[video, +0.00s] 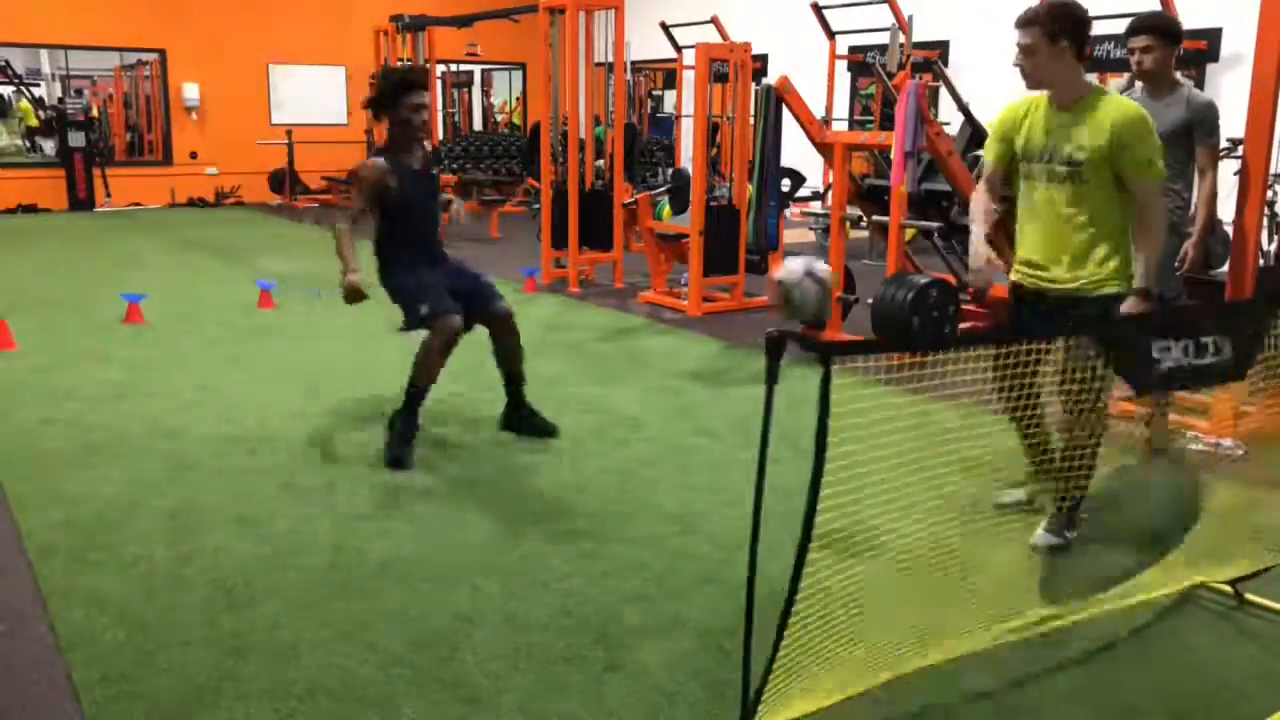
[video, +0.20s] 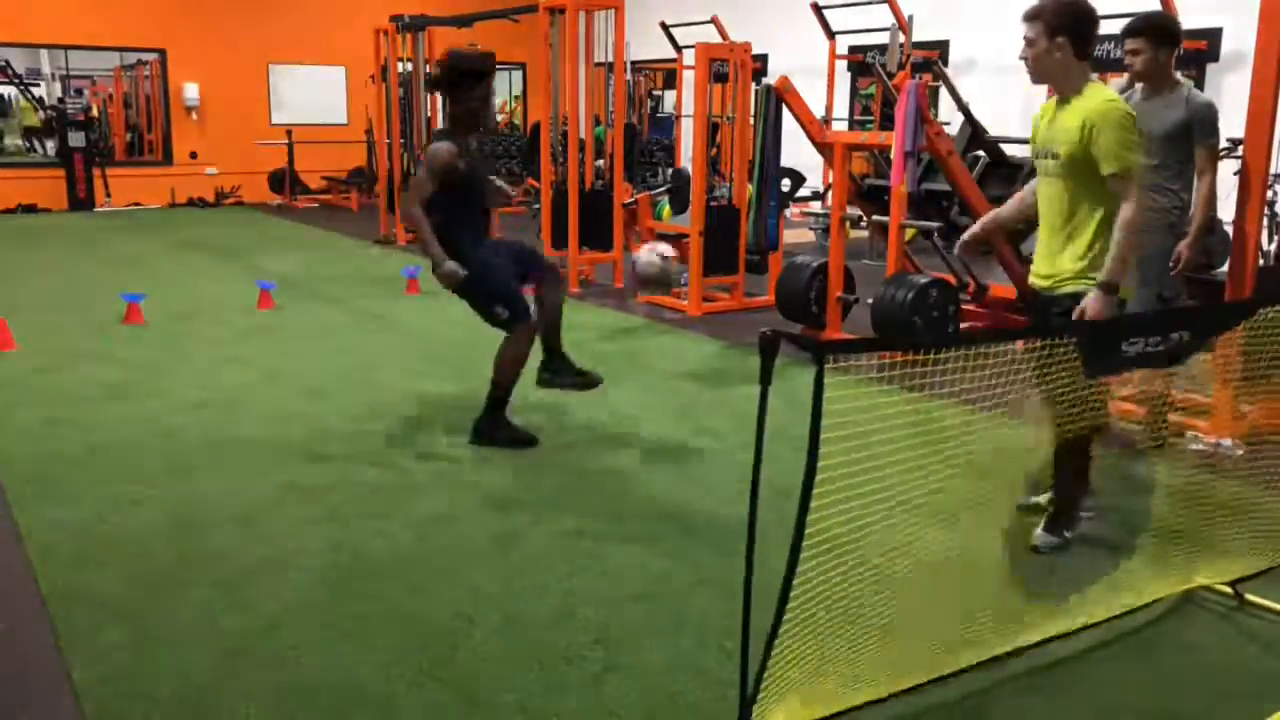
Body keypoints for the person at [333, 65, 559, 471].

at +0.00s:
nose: (421, 118)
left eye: (424, 110)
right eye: (412, 111)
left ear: (429, 113)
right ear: (388, 118)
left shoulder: (426, 158)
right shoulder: (376, 171)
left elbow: (418, 213)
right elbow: (346, 227)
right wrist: (349, 271)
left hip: (438, 262)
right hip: (403, 270)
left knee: (501, 316)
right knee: (448, 325)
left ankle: (517, 407)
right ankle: (406, 421)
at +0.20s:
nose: (487, 109)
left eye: (488, 100)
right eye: (480, 101)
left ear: (484, 101)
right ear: (456, 103)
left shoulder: (468, 146)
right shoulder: (442, 153)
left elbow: (464, 191)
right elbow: (411, 205)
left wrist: (500, 194)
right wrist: (440, 260)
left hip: (485, 248)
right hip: (463, 259)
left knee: (551, 277)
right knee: (524, 324)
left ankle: (554, 361)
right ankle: (492, 419)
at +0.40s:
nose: (548, 104)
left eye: (550, 95)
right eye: (545, 95)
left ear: (513, 86)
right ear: (526, 91)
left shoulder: (483, 118)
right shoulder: (507, 137)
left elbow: (446, 158)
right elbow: (481, 194)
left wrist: (490, 170)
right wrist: (517, 250)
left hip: (511, 228)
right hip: (497, 238)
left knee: (570, 253)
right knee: (529, 321)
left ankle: (586, 336)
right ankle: (493, 418)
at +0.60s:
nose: (584, 90)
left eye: (585, 80)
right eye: (581, 80)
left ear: (551, 77)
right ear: (562, 79)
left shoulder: (531, 115)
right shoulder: (538, 122)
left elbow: (487, 145)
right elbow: (513, 179)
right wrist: (540, 231)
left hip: (540, 228)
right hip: (526, 230)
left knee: (561, 305)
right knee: (534, 317)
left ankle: (563, 385)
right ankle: (498, 408)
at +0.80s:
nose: (593, 86)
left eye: (594, 77)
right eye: (589, 77)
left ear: (567, 76)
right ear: (566, 75)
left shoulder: (558, 115)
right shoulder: (544, 113)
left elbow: (556, 155)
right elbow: (509, 154)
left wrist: (587, 159)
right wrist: (527, 213)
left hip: (542, 221)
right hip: (540, 222)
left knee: (563, 298)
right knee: (603, 273)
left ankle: (565, 387)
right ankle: (558, 349)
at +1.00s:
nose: (596, 91)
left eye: (597, 83)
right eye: (590, 83)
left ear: (580, 85)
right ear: (565, 82)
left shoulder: (577, 127)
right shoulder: (537, 116)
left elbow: (604, 157)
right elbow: (514, 153)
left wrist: (634, 173)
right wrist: (561, 189)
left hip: (541, 215)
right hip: (525, 213)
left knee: (559, 296)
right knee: (599, 237)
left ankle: (563, 386)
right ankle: (655, 300)